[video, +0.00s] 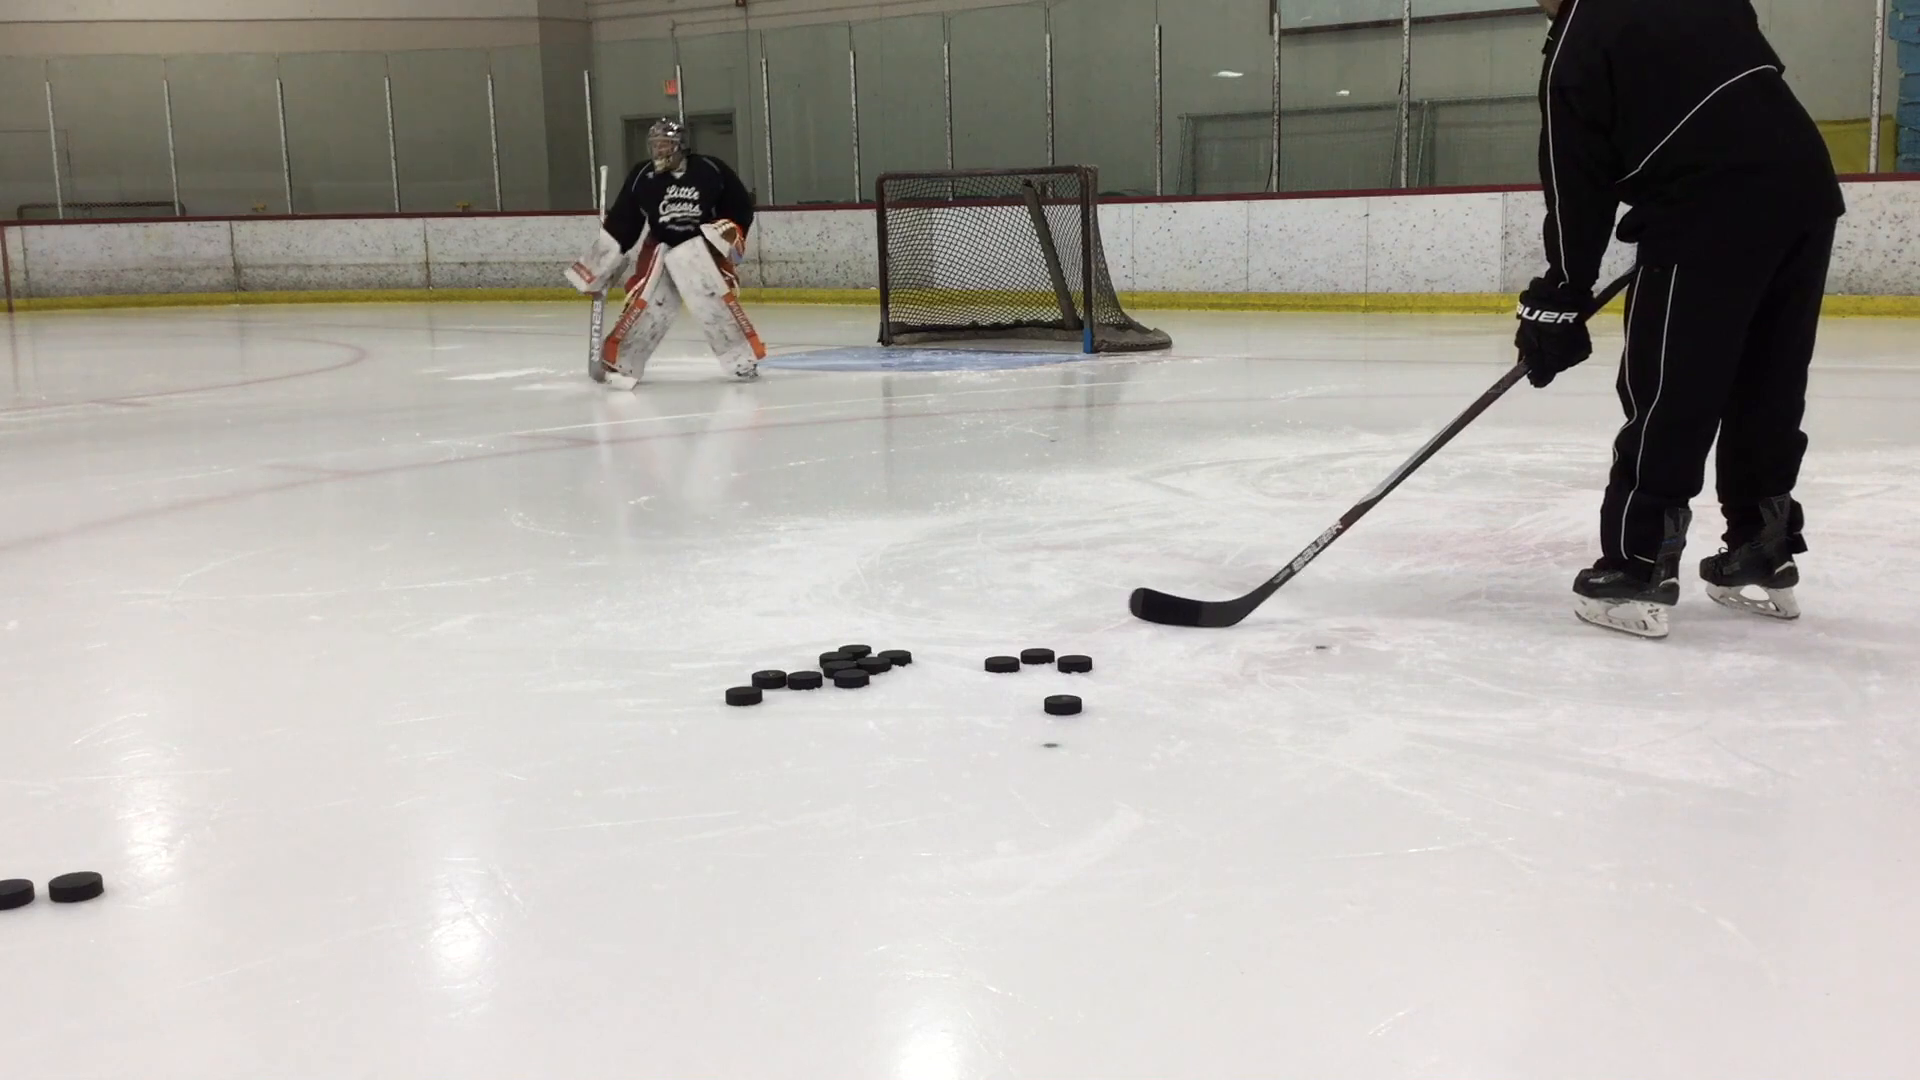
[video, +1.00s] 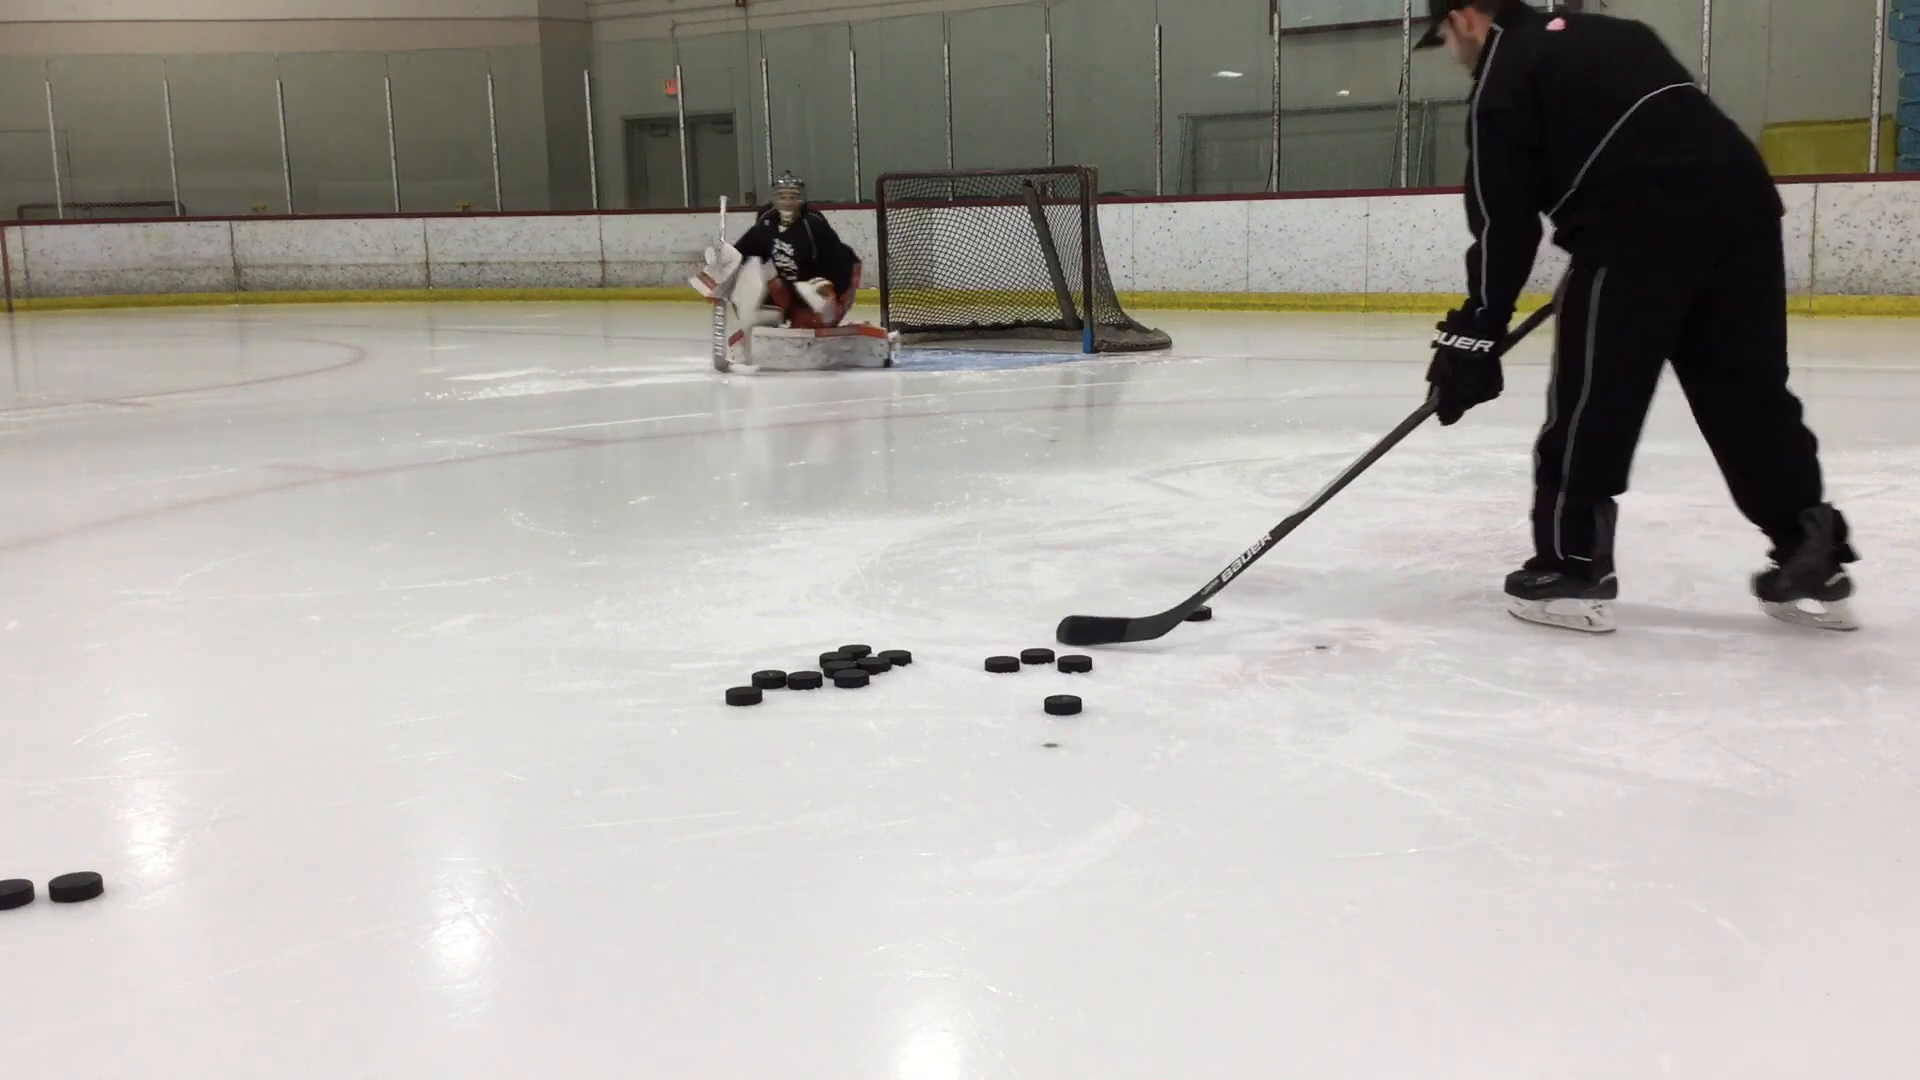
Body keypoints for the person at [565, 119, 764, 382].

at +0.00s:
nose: (659, 149)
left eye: (665, 144)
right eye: (655, 144)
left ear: (680, 145)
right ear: (650, 147)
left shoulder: (710, 170)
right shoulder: (643, 176)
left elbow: (741, 205)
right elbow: (622, 224)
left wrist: (728, 234)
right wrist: (598, 267)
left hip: (702, 250)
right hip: (661, 253)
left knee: (715, 306)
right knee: (646, 307)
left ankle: (741, 362)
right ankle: (621, 366)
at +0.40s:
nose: (680, 174)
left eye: (686, 168)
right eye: (676, 168)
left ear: (699, 169)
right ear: (672, 169)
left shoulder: (724, 191)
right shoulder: (670, 196)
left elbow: (765, 223)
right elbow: (653, 232)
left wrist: (746, 252)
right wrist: (627, 263)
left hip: (732, 266)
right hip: (692, 266)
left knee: (711, 306)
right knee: (654, 303)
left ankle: (769, 347)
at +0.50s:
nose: (694, 185)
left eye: (700, 179)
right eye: (690, 179)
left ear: (714, 181)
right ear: (684, 180)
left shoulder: (734, 202)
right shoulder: (683, 205)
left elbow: (776, 236)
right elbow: (661, 241)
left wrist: (755, 264)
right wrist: (636, 272)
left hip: (746, 269)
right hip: (704, 270)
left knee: (723, 306)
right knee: (672, 306)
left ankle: (781, 349)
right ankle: (666, 357)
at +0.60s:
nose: (712, 189)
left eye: (719, 184)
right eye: (709, 183)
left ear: (731, 185)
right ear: (703, 184)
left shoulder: (749, 207)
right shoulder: (699, 207)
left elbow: (790, 241)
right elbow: (679, 243)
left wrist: (773, 269)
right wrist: (657, 270)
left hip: (752, 282)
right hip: (715, 282)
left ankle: (808, 355)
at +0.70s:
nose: (736, 196)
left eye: (742, 190)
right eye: (732, 190)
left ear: (754, 192)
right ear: (726, 192)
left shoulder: (774, 218)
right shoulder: (720, 219)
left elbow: (810, 253)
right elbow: (696, 252)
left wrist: (789, 277)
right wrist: (675, 277)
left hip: (775, 305)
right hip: (741, 308)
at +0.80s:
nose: (753, 202)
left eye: (760, 197)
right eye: (749, 196)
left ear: (773, 199)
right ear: (744, 198)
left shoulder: (790, 226)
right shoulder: (741, 224)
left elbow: (821, 266)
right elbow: (718, 255)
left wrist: (799, 292)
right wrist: (698, 280)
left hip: (789, 313)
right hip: (751, 310)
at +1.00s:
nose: (787, 203)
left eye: (793, 197)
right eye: (782, 198)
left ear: (802, 200)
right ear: (774, 200)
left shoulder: (813, 224)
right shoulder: (766, 224)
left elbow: (839, 258)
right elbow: (739, 252)